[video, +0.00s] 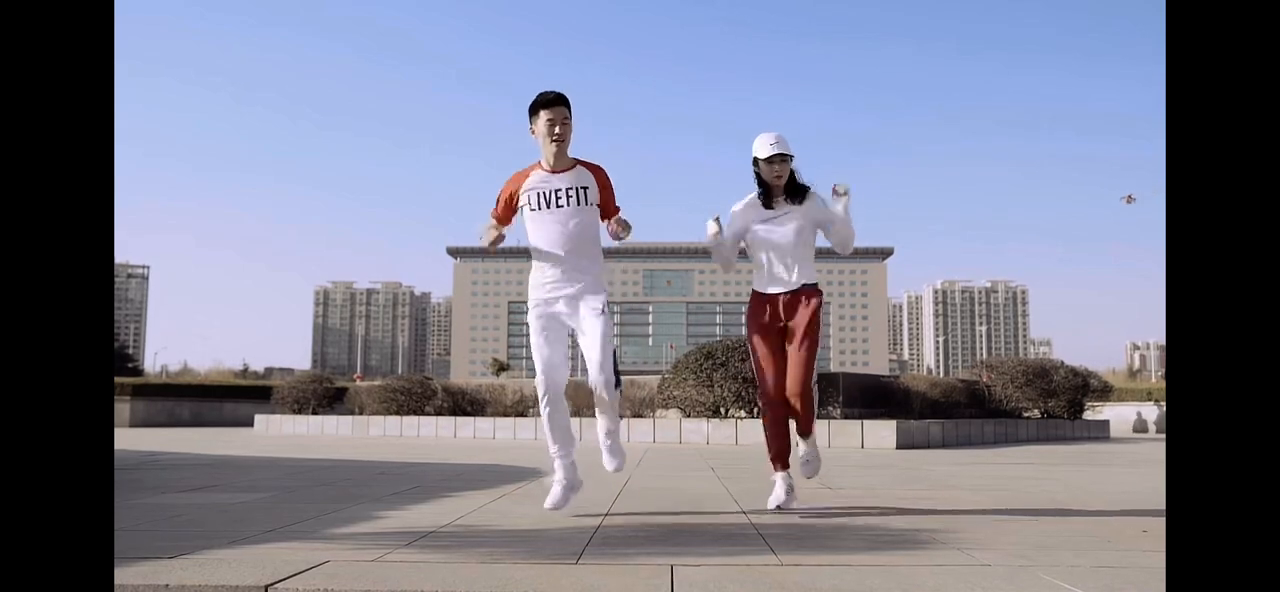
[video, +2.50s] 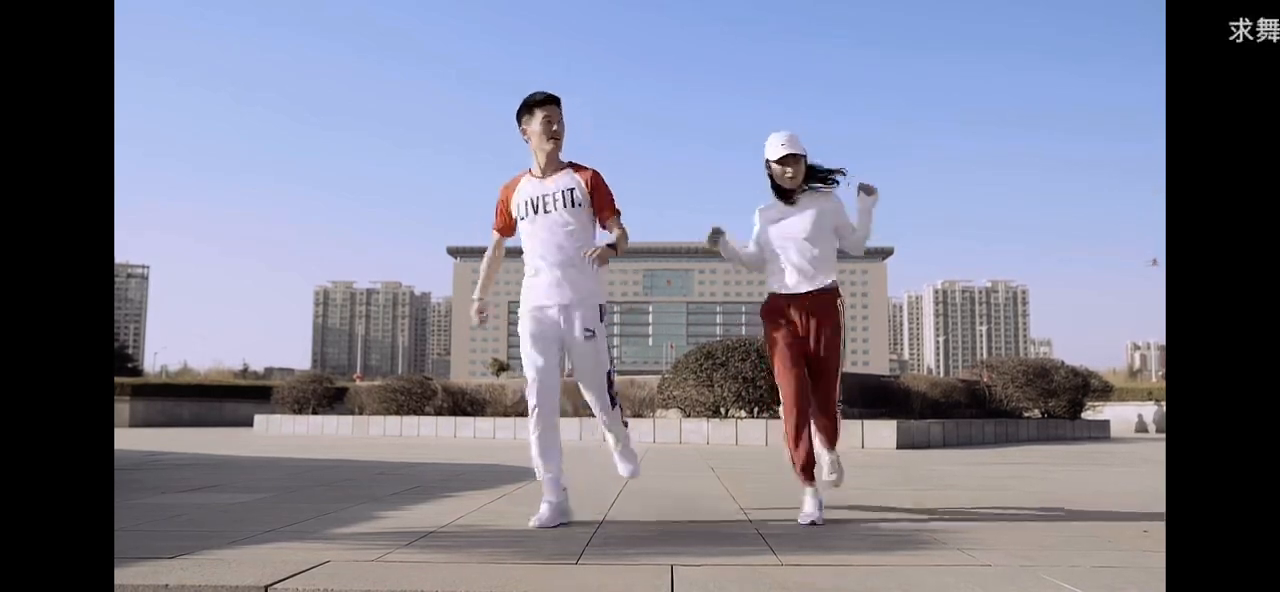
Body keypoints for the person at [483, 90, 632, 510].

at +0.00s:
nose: (558, 130)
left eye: (564, 123)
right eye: (550, 124)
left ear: (572, 128)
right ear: (534, 131)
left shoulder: (594, 175)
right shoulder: (520, 182)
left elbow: (614, 225)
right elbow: (495, 226)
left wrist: (619, 228)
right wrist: (493, 235)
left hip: (589, 290)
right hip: (544, 294)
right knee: (548, 386)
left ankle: (609, 432)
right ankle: (565, 473)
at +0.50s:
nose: (567, 146)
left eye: (573, 140)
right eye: (559, 140)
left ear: (581, 146)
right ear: (543, 147)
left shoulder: (602, 195)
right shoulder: (526, 196)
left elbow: (611, 247)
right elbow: (494, 240)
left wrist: (623, 286)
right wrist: (506, 224)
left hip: (590, 296)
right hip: (548, 303)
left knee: (583, 329)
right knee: (553, 404)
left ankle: (596, 406)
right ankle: (564, 484)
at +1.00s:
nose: (585, 137)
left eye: (591, 131)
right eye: (577, 131)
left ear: (597, 139)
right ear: (559, 139)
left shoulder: (614, 192)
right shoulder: (539, 191)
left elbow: (636, 247)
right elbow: (514, 239)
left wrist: (612, 241)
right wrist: (483, 284)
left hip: (594, 304)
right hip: (554, 294)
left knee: (591, 394)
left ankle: (591, 480)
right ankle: (540, 387)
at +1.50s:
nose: (588, 116)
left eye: (592, 110)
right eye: (579, 109)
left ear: (598, 122)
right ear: (560, 119)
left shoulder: (613, 174)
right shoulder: (536, 172)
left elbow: (637, 240)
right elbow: (525, 222)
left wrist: (633, 222)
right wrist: (511, 259)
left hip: (581, 291)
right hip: (537, 285)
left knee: (575, 392)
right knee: (522, 356)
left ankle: (567, 486)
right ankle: (551, 410)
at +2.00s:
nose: (567, 141)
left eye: (570, 136)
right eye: (557, 136)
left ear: (576, 145)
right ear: (538, 147)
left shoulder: (596, 194)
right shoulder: (528, 203)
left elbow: (624, 251)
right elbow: (521, 259)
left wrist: (642, 304)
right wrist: (498, 289)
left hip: (586, 318)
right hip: (541, 317)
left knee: (585, 407)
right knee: (544, 404)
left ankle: (591, 482)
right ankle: (558, 490)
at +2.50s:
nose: (555, 125)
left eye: (558, 119)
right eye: (545, 120)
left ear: (564, 128)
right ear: (525, 131)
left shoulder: (587, 178)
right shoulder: (512, 190)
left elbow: (618, 232)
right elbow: (496, 247)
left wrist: (610, 245)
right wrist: (480, 293)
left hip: (583, 300)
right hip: (537, 302)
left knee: (599, 396)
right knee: (540, 403)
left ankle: (618, 441)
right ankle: (553, 498)